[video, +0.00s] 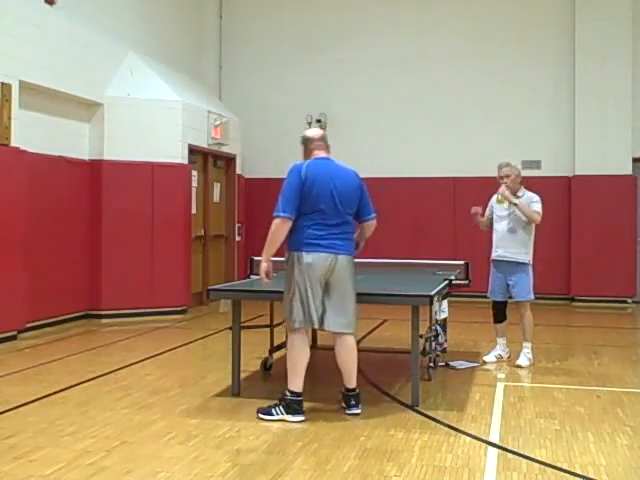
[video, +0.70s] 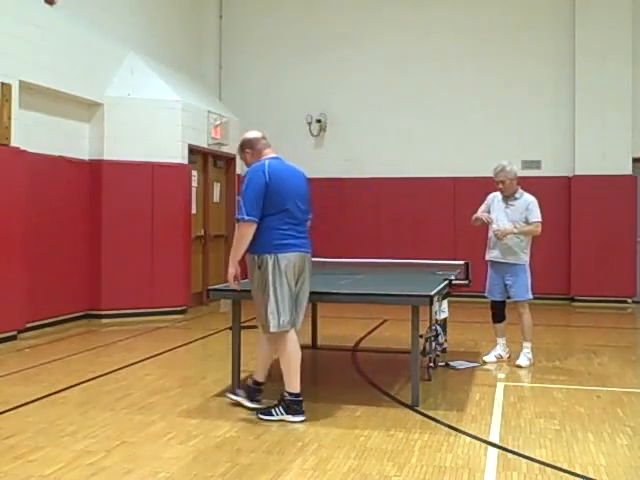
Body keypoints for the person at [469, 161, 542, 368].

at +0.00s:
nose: (505, 181)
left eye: (508, 177)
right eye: (501, 178)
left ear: (519, 177)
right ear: (499, 180)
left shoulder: (531, 198)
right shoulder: (496, 199)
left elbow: (535, 218)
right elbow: (486, 225)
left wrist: (513, 200)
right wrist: (479, 217)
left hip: (521, 260)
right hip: (498, 259)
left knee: (523, 305)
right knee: (497, 304)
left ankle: (526, 349)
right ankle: (501, 347)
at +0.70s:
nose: (499, 187)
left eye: (503, 182)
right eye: (497, 183)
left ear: (515, 181)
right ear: (496, 182)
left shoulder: (529, 201)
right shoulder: (493, 198)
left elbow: (536, 228)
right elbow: (476, 219)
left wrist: (511, 230)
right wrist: (481, 217)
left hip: (518, 261)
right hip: (495, 260)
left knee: (521, 305)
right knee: (496, 304)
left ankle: (526, 350)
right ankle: (501, 346)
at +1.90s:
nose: (483, 194)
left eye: (486, 189)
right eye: (481, 190)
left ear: (497, 184)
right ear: (479, 188)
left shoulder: (513, 203)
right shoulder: (478, 203)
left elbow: (523, 234)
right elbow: (470, 227)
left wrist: (500, 252)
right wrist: (474, 240)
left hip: (508, 263)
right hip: (487, 263)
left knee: (505, 303)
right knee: (491, 304)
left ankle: (513, 349)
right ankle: (500, 345)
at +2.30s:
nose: (470, 239)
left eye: (472, 235)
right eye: (468, 236)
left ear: (483, 229)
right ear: (466, 233)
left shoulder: (505, 232)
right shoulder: (469, 242)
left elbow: (522, 257)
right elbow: (467, 271)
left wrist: (509, 286)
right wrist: (464, 296)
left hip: (517, 271)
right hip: (495, 273)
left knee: (504, 307)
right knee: (488, 310)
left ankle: (506, 352)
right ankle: (499, 347)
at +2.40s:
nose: (470, 255)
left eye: (472, 251)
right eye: (468, 252)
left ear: (482, 244)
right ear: (465, 249)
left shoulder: (503, 241)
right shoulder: (469, 256)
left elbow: (525, 265)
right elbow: (466, 285)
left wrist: (510, 288)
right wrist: (460, 315)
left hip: (518, 274)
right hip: (496, 278)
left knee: (505, 308)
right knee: (488, 312)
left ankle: (506, 353)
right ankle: (500, 348)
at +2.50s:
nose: (472, 267)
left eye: (473, 263)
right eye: (469, 264)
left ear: (482, 256)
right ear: (466, 261)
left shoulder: (502, 248)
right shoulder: (471, 264)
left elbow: (528, 268)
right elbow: (465, 295)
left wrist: (512, 290)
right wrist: (455, 327)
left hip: (519, 277)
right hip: (496, 281)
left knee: (506, 307)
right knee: (488, 314)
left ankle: (506, 354)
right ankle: (500, 349)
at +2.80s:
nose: (470, 268)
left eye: (471, 263)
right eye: (467, 265)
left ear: (480, 255)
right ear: (464, 262)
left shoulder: (499, 247)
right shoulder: (469, 266)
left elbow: (527, 267)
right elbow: (464, 297)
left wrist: (511, 290)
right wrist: (454, 328)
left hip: (519, 276)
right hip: (496, 281)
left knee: (506, 307)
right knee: (488, 314)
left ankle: (506, 353)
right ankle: (500, 349)